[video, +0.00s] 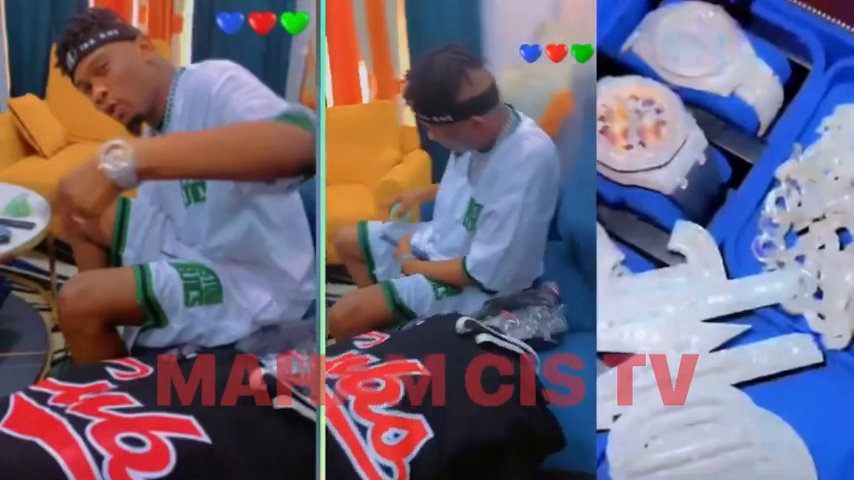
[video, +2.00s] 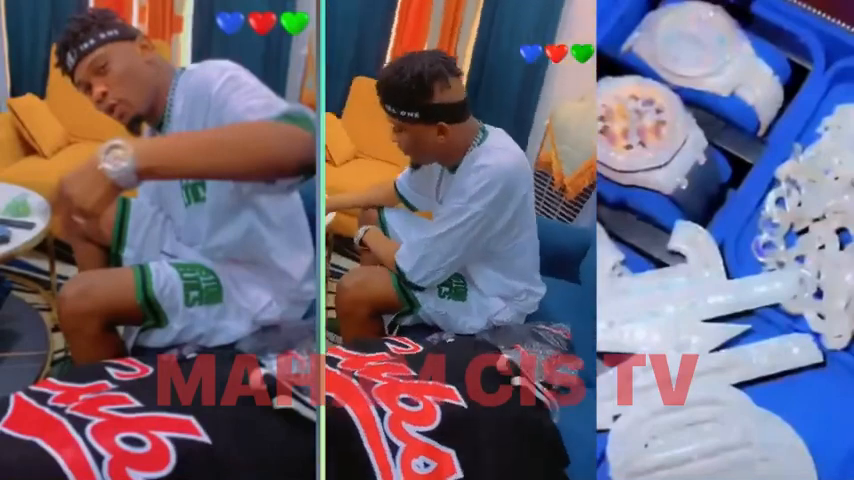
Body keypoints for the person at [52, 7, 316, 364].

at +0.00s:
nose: (98, 94)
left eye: (102, 70)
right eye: (87, 89)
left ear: (144, 48)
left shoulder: (213, 81)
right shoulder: (152, 132)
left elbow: (298, 145)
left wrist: (131, 160)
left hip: (259, 278)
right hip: (190, 251)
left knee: (80, 300)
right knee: (84, 214)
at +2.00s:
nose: (98, 94)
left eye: (102, 70)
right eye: (87, 89)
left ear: (144, 48)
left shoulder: (213, 81)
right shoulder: (153, 133)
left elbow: (299, 146)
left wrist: (132, 160)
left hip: (260, 279)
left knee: (80, 300)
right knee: (85, 215)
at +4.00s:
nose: (97, 94)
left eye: (102, 70)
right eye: (87, 89)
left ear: (145, 48)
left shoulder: (213, 81)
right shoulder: (153, 135)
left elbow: (299, 146)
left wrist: (131, 160)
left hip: (262, 280)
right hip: (192, 253)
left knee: (80, 300)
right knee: (83, 213)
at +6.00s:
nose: (97, 94)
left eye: (102, 70)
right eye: (87, 89)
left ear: (145, 48)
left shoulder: (213, 81)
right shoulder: (153, 134)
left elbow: (299, 145)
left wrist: (131, 160)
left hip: (261, 278)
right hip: (191, 252)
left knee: (80, 300)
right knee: (83, 214)